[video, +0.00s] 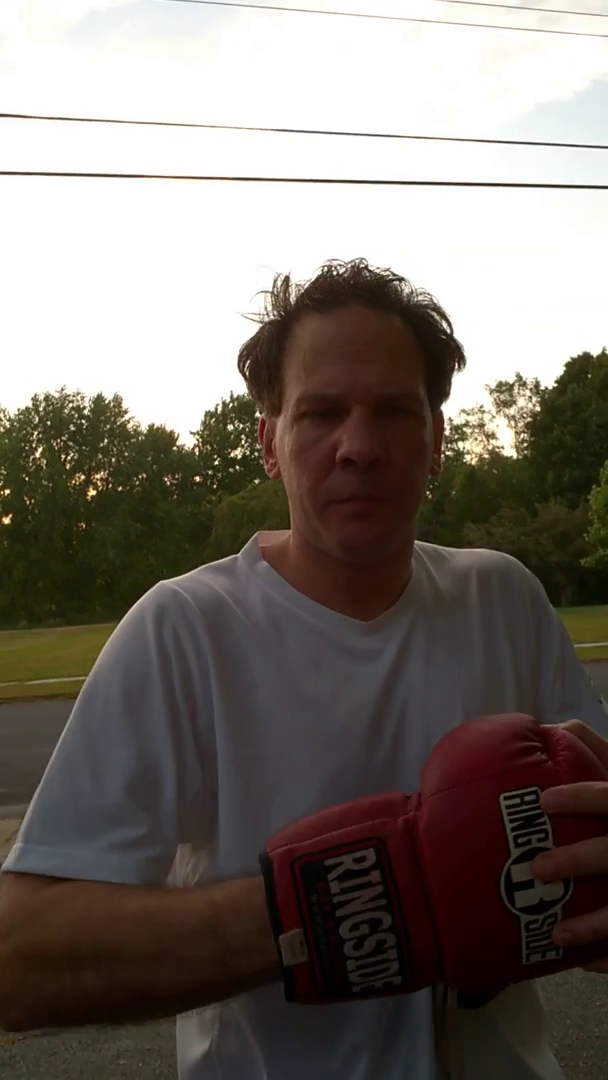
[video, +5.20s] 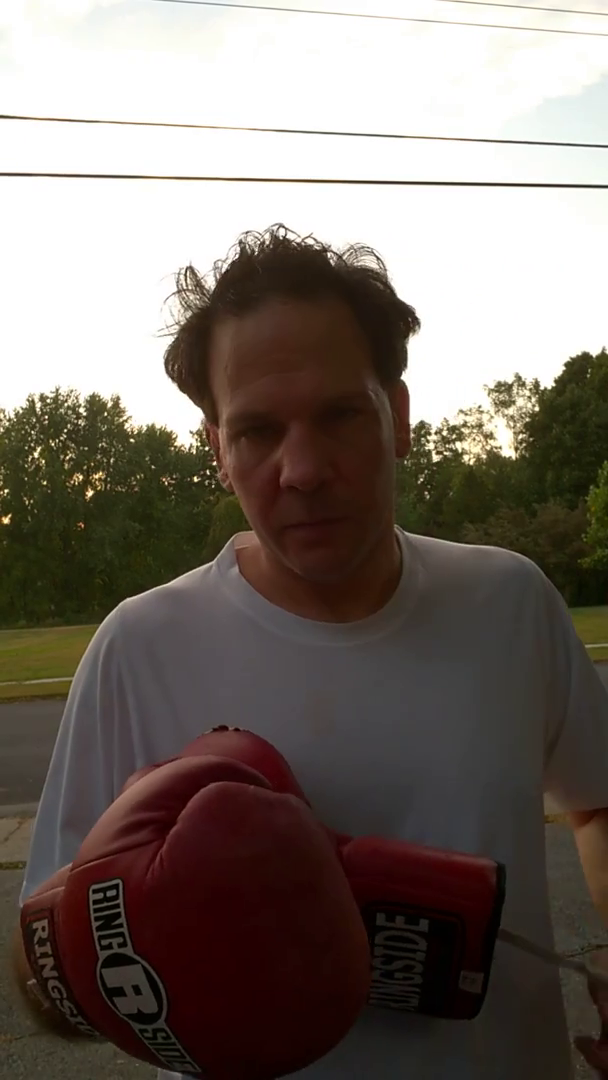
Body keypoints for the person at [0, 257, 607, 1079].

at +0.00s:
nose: (359, 446)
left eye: (394, 411)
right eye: (323, 412)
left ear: (435, 440)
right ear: (271, 443)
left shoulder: (502, 600)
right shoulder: (180, 632)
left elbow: (592, 814)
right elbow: (17, 950)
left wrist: (594, 867)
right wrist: (342, 904)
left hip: (498, 1055)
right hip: (267, 1066)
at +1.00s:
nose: (349, 448)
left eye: (384, 403)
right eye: (308, 410)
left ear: (434, 429)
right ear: (255, 441)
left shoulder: (532, 595)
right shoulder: (171, 650)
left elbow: (603, 807)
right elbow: (53, 998)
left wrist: (589, 874)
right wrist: (300, 983)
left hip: (544, 1054)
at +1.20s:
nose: (338, 454)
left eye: (375, 406)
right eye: (295, 415)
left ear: (433, 422)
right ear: (248, 442)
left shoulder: (539, 598)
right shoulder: (165, 661)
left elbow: (600, 850)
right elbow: (61, 964)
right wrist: (210, 1038)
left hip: (520, 1059)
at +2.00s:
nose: (310, 463)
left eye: (349, 410)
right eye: (264, 420)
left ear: (405, 422)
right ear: (212, 447)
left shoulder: (524, 595)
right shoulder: (130, 680)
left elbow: (604, 833)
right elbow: (64, 977)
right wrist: (98, 1057)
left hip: (523, 1060)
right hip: (262, 1068)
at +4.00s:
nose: (300, 467)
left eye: (336, 418)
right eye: (255, 426)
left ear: (389, 423)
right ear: (201, 450)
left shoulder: (512, 600)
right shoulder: (125, 666)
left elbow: (605, 791)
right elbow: (53, 945)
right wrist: (111, 969)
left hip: (518, 1064)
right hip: (247, 1070)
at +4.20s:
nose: (389, 543)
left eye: (417, 489)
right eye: (339, 499)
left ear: (437, 446)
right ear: (231, 464)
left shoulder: (503, 601)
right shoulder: (126, 667)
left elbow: (601, 790)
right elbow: (43, 977)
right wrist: (75, 927)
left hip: (524, 1064)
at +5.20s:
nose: (304, 468)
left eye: (340, 415)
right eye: (260, 430)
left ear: (400, 418)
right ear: (219, 451)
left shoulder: (514, 606)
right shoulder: (138, 652)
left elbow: (596, 807)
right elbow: (47, 975)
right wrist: (99, 901)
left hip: (514, 1064)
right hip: (253, 1066)